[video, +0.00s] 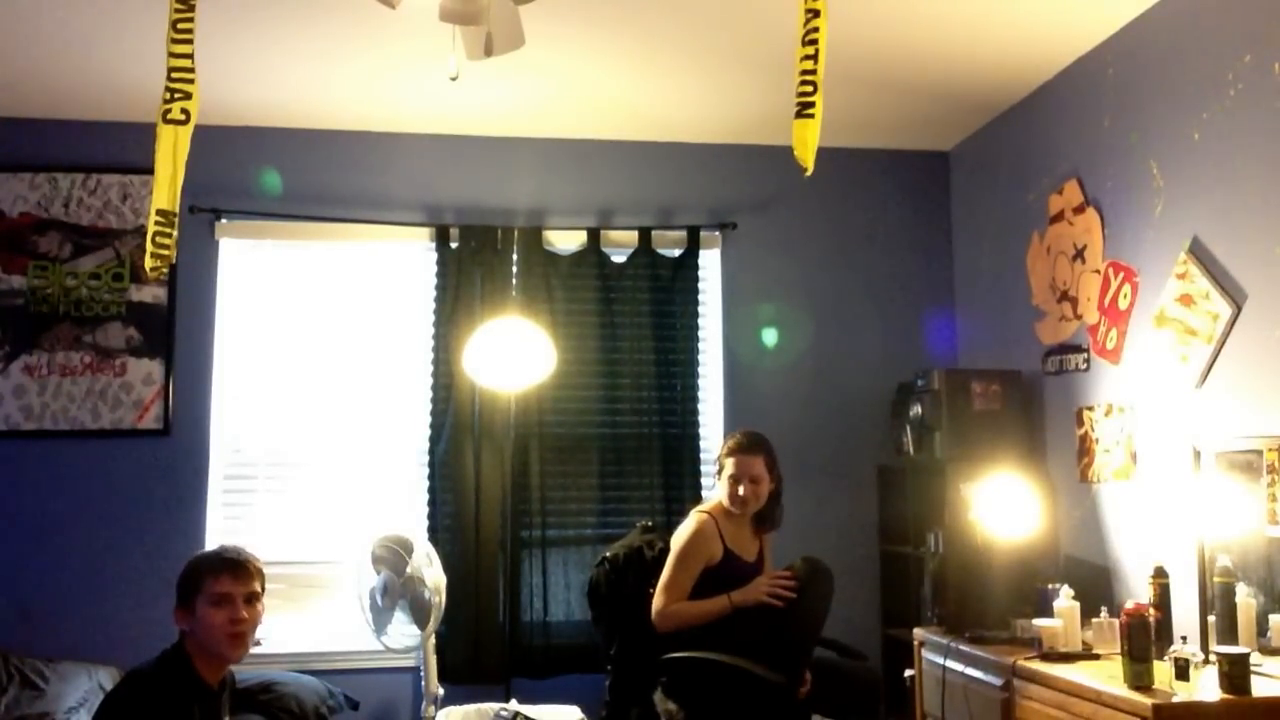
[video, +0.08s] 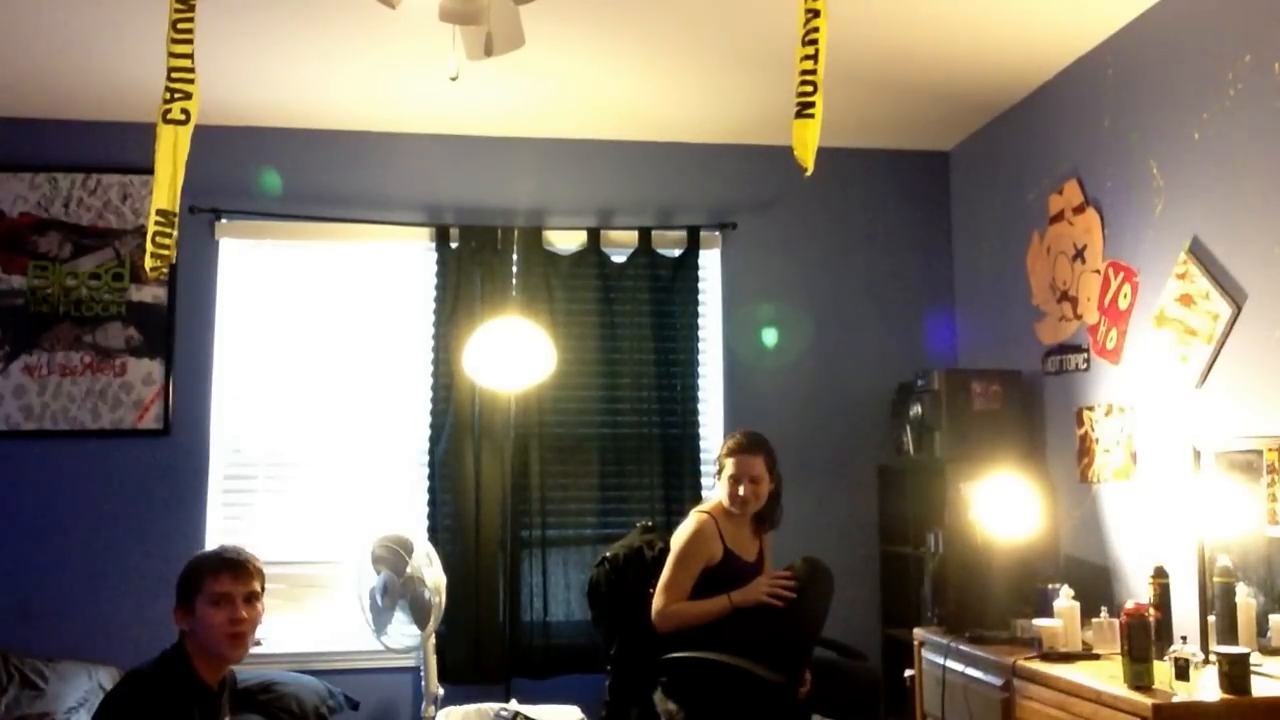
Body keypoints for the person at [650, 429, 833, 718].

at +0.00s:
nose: (742, 491)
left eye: (754, 481)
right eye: (734, 480)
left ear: (771, 485)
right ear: (719, 479)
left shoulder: (757, 527)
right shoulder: (700, 528)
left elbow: (768, 603)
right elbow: (662, 616)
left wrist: (796, 665)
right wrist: (740, 597)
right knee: (812, 575)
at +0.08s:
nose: (743, 491)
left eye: (754, 481)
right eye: (734, 480)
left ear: (771, 485)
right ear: (719, 479)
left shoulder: (758, 527)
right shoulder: (700, 528)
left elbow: (767, 601)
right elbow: (662, 617)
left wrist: (796, 664)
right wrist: (740, 597)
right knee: (812, 575)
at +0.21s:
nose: (743, 491)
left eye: (754, 481)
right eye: (734, 480)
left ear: (771, 485)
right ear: (719, 479)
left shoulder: (758, 527)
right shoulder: (700, 528)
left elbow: (766, 603)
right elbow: (662, 617)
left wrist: (795, 665)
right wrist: (739, 597)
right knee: (811, 575)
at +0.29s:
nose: (743, 491)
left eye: (755, 482)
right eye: (734, 480)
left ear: (771, 485)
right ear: (719, 479)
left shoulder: (757, 528)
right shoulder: (700, 528)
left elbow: (766, 604)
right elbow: (662, 617)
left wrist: (796, 665)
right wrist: (739, 597)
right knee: (812, 575)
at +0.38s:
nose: (744, 491)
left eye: (755, 482)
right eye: (735, 481)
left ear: (771, 484)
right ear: (719, 479)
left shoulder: (758, 527)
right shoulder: (700, 528)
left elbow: (767, 603)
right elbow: (662, 617)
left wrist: (795, 665)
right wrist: (739, 597)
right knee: (812, 575)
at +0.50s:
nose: (745, 491)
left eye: (755, 481)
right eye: (735, 480)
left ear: (772, 484)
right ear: (719, 479)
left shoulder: (757, 528)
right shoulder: (700, 528)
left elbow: (767, 602)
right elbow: (662, 616)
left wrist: (797, 666)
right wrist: (739, 597)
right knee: (812, 575)